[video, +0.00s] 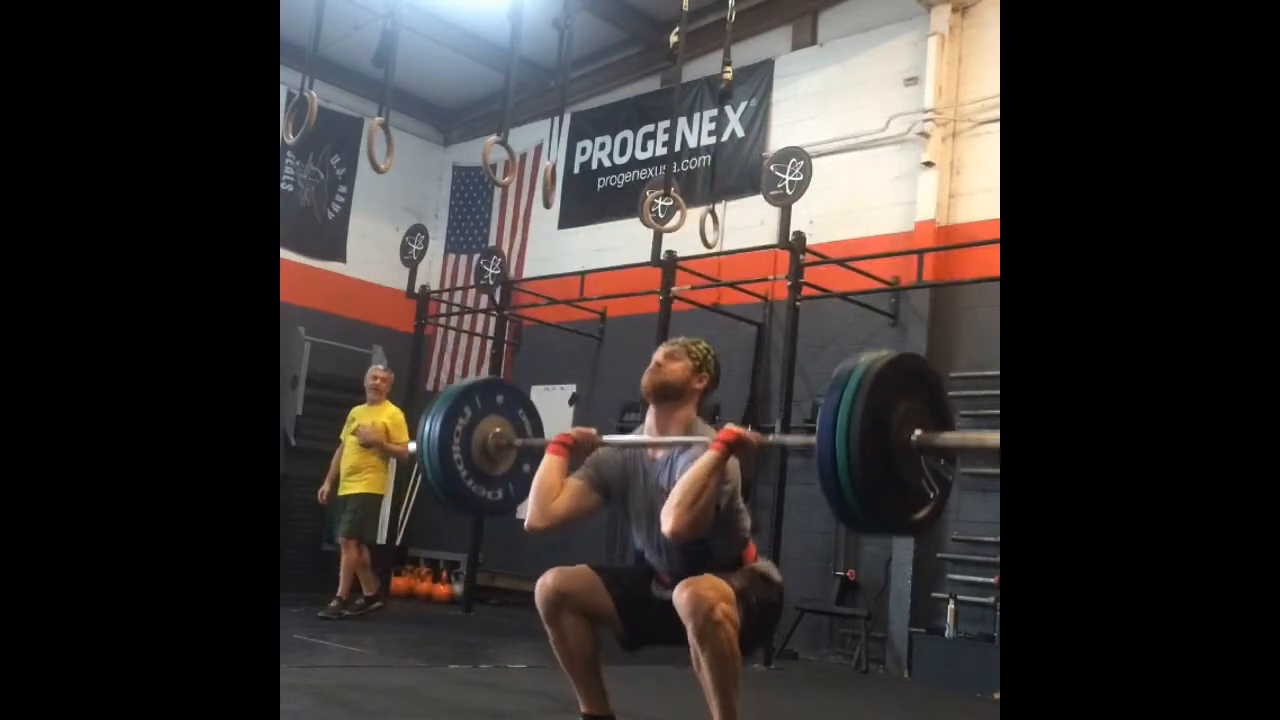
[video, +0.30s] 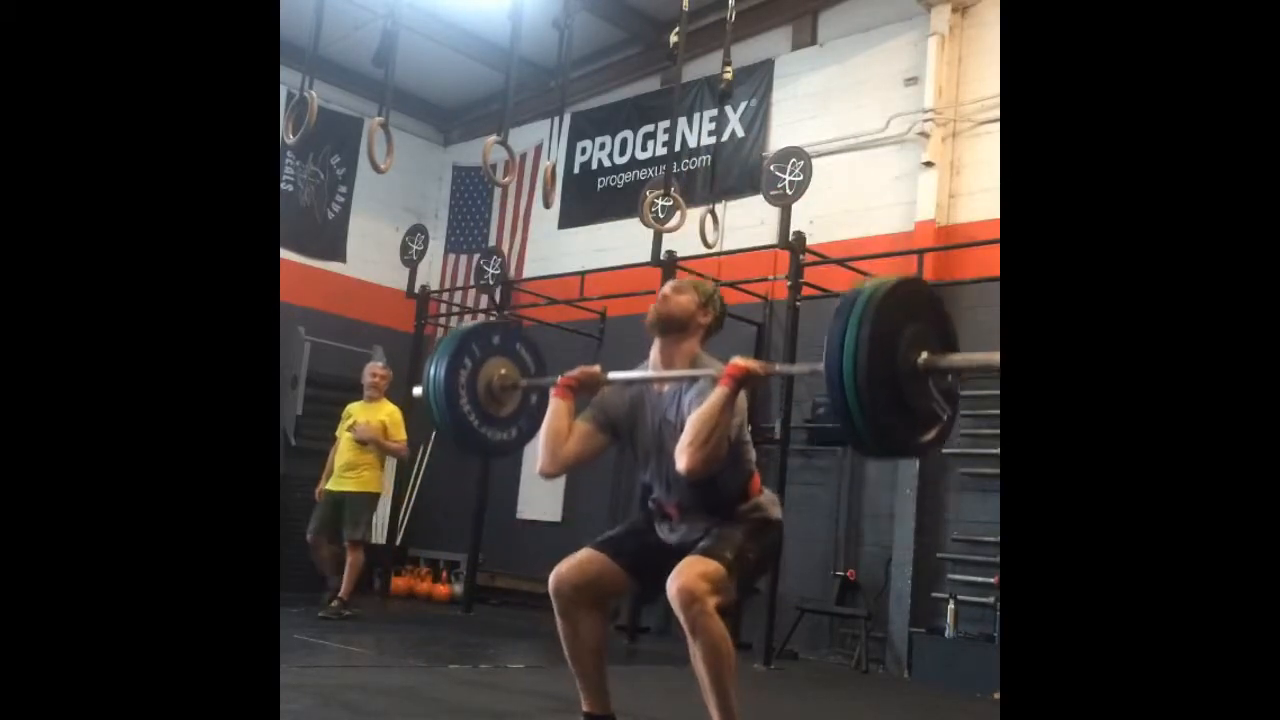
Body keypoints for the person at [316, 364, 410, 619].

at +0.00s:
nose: (377, 383)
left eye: (382, 380)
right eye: (373, 378)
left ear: (389, 385)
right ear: (365, 382)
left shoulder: (394, 415)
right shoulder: (355, 412)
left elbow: (404, 452)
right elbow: (342, 448)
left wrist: (378, 441)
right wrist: (329, 480)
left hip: (370, 486)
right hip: (347, 485)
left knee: (348, 539)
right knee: (354, 543)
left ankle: (341, 597)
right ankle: (372, 593)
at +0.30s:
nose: (376, 381)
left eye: (382, 377)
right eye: (372, 375)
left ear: (388, 382)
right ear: (362, 378)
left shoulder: (391, 412)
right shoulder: (351, 409)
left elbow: (403, 451)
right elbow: (337, 446)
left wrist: (373, 438)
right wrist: (324, 479)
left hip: (365, 486)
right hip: (336, 483)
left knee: (354, 542)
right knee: (316, 536)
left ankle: (342, 599)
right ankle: (336, 585)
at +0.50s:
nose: (370, 379)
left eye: (376, 376)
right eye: (366, 374)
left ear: (383, 382)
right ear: (357, 378)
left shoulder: (389, 412)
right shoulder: (343, 408)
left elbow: (402, 451)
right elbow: (328, 445)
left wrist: (370, 439)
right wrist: (317, 479)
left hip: (363, 488)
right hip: (332, 484)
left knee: (355, 544)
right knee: (311, 539)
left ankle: (343, 600)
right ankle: (293, 595)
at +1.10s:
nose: (325, 372)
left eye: (330, 368)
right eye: (320, 367)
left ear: (337, 373)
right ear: (311, 371)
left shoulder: (351, 403)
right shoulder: (297, 405)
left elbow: (371, 438)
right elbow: (286, 443)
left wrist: (347, 435)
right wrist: (282, 476)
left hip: (336, 488)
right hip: (299, 485)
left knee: (335, 546)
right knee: (288, 540)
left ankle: (337, 597)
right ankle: (282, 593)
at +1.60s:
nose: (307, 370)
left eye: (311, 366)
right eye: (302, 365)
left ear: (316, 370)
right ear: (289, 368)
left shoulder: (330, 398)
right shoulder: (282, 399)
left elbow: (353, 432)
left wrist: (327, 429)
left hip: (318, 478)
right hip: (285, 479)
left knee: (321, 531)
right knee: (284, 540)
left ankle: (317, 588)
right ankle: (280, 592)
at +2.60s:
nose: (350, 364)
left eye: (355, 360)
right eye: (345, 358)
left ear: (360, 366)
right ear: (333, 362)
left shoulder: (370, 401)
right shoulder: (311, 396)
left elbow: (385, 438)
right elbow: (294, 436)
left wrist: (366, 434)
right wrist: (285, 471)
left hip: (346, 486)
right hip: (310, 480)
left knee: (328, 545)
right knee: (292, 539)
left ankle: (313, 605)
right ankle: (281, 594)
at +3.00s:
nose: (360, 363)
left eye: (364, 359)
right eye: (354, 358)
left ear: (369, 365)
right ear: (341, 364)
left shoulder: (376, 401)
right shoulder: (323, 395)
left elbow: (386, 439)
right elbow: (302, 438)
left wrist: (380, 438)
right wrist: (298, 478)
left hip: (359, 485)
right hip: (326, 480)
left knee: (340, 545)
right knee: (327, 541)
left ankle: (313, 603)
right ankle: (324, 605)